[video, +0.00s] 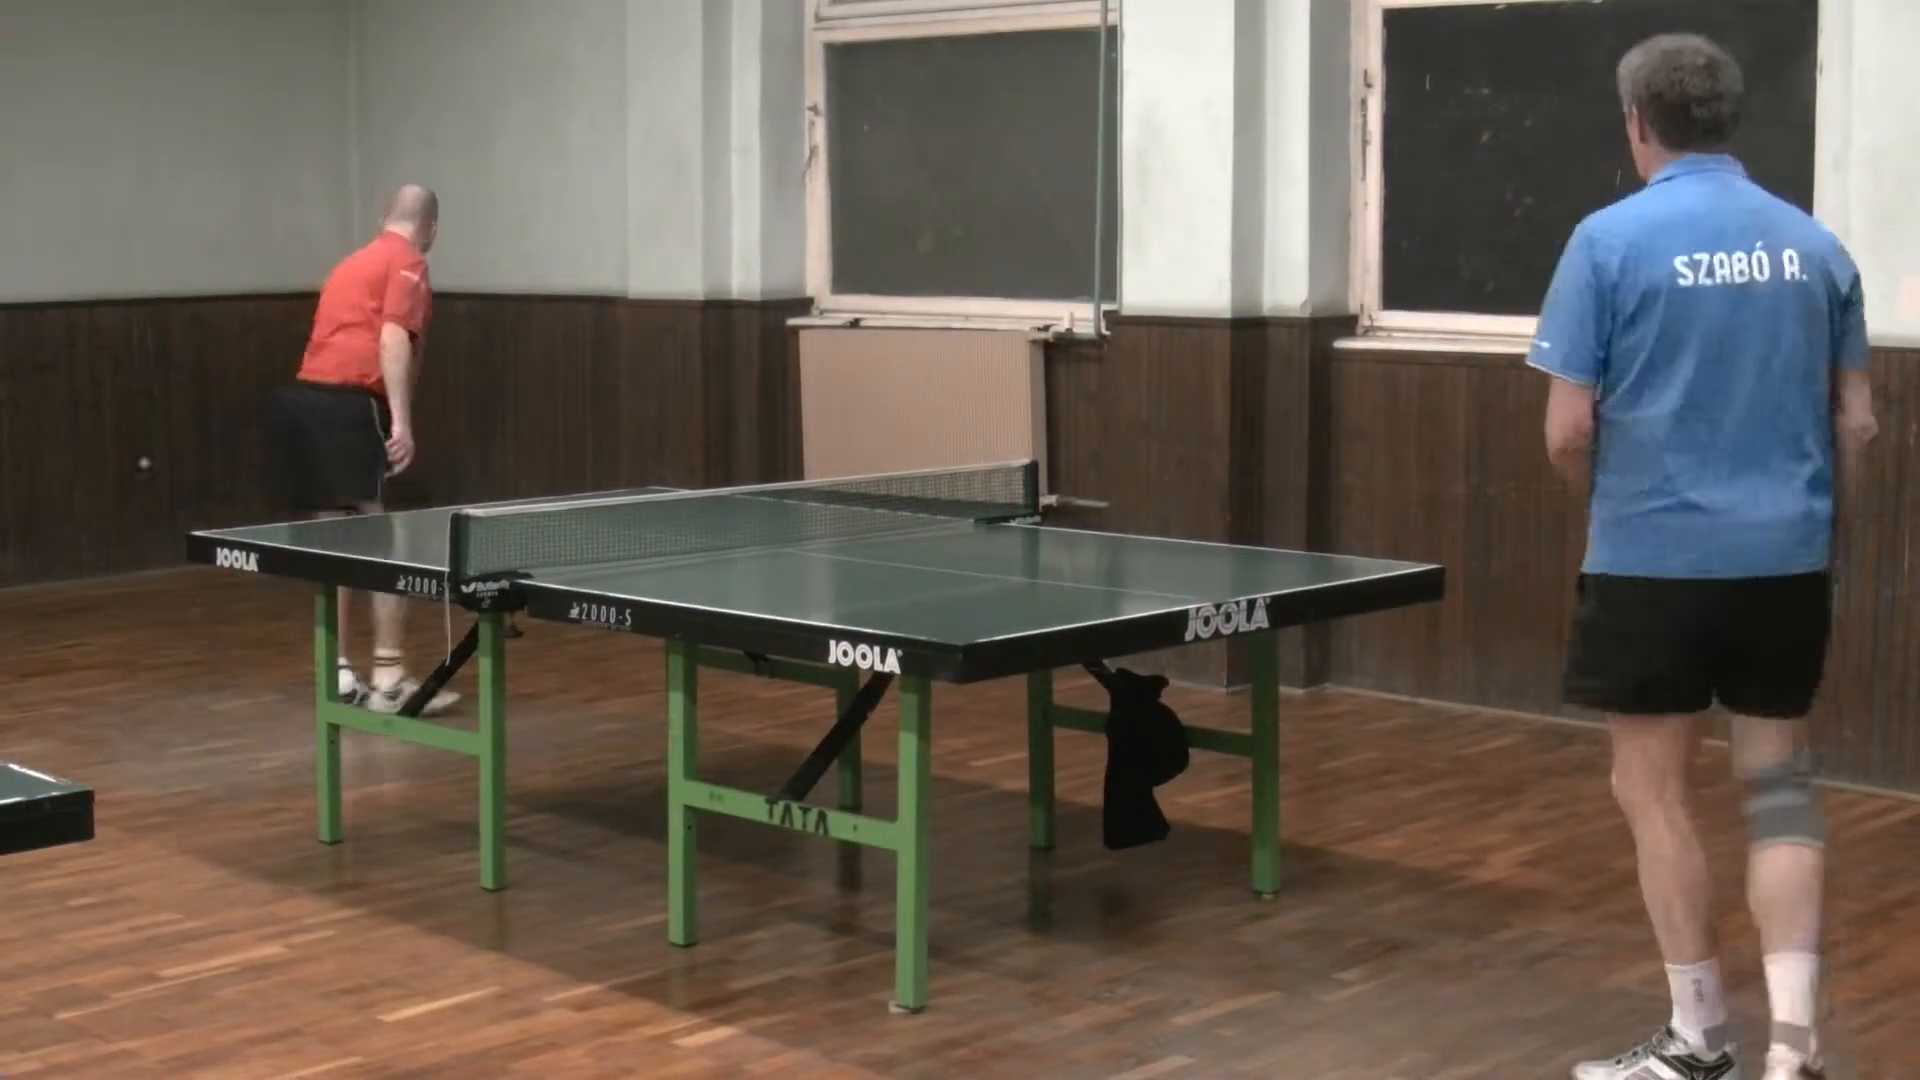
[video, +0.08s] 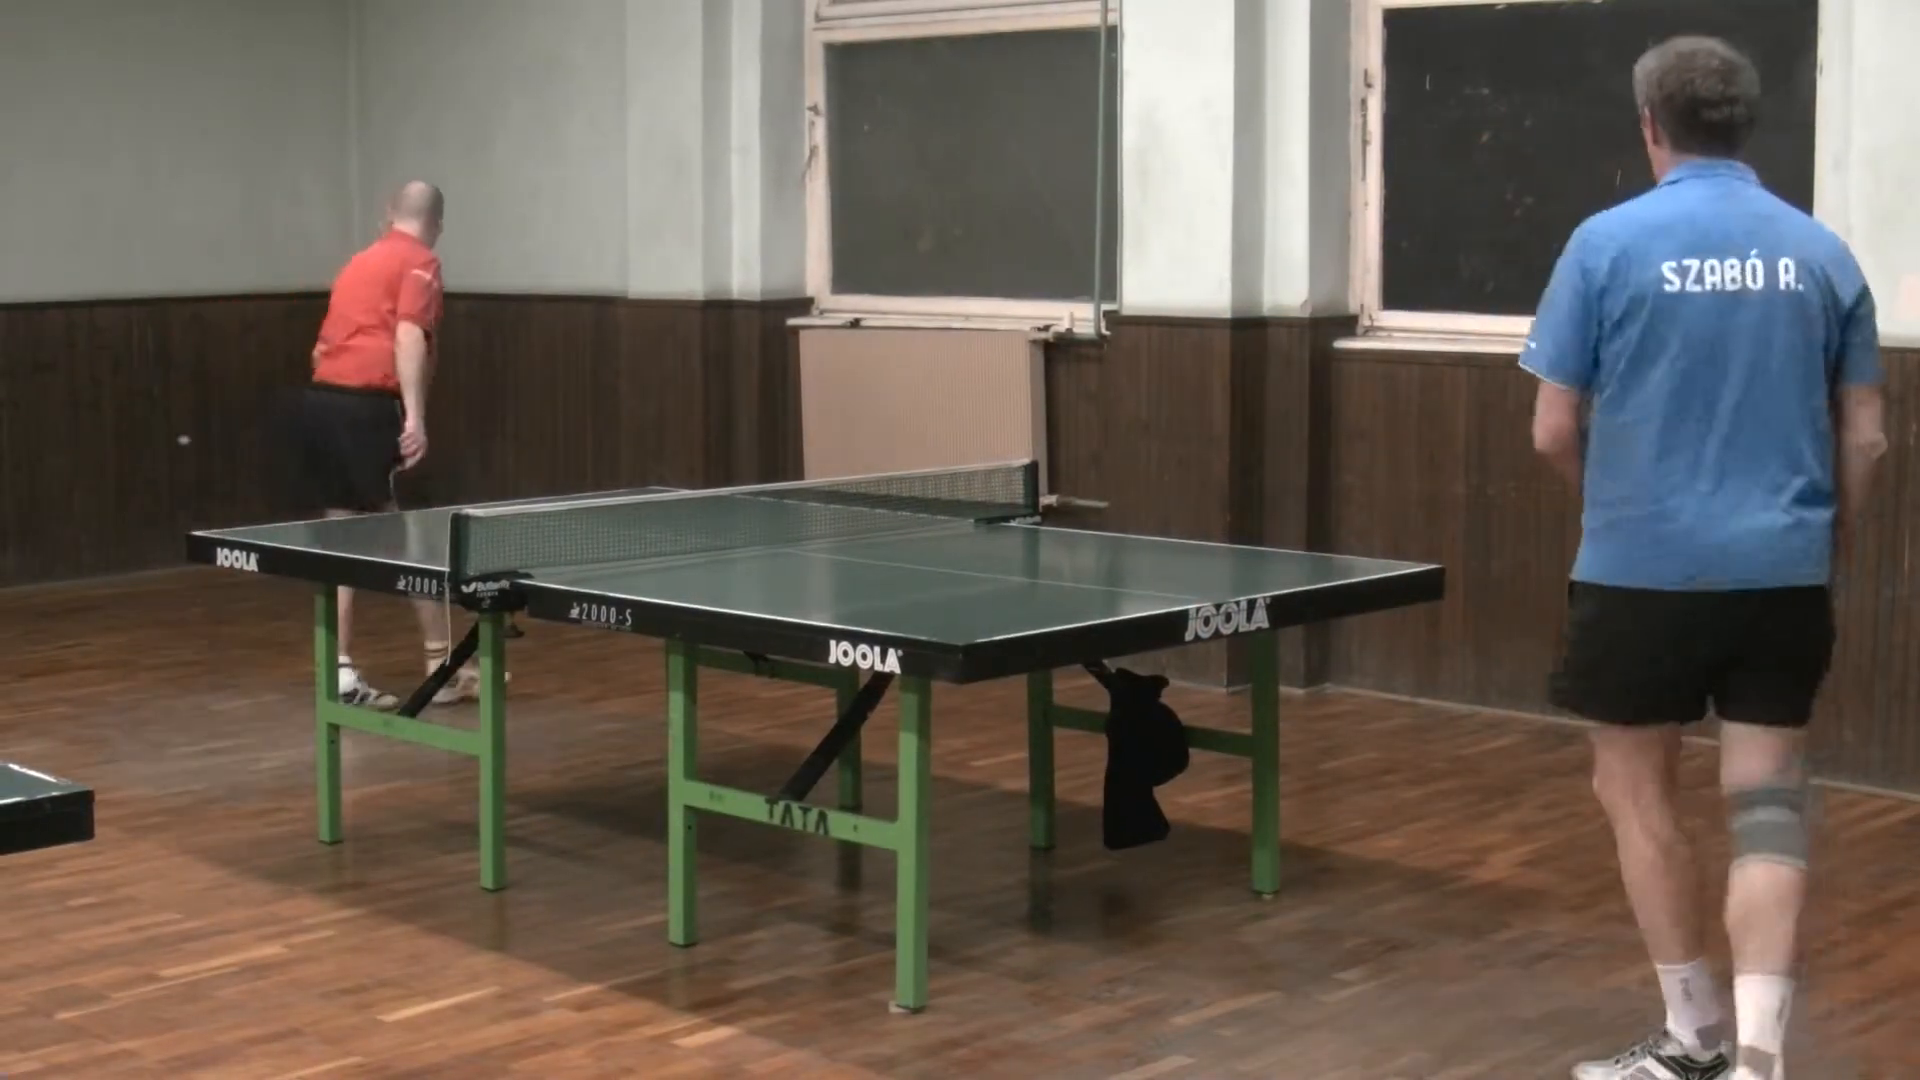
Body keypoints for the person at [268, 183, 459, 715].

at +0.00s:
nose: (431, 240)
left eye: (431, 232)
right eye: (434, 231)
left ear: (386, 221)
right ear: (429, 228)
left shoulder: (352, 262)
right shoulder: (407, 263)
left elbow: (336, 340)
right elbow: (394, 338)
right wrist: (401, 419)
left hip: (306, 401)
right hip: (350, 406)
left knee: (331, 539)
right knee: (383, 538)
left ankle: (337, 670)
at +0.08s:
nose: (439, 232)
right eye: (440, 225)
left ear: (390, 216)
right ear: (436, 224)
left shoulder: (360, 260)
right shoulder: (420, 261)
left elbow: (329, 345)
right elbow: (409, 335)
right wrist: (414, 415)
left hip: (324, 404)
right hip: (371, 405)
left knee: (339, 534)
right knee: (415, 534)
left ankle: (339, 668)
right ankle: (443, 663)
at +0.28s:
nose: (464, 230)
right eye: (470, 223)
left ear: (422, 215)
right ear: (468, 222)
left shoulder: (390, 261)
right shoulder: (459, 267)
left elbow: (348, 339)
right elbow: (459, 346)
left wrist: (365, 395)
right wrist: (480, 426)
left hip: (371, 412)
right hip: (429, 417)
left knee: (367, 530)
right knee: (454, 536)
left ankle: (346, 657)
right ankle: (467, 655)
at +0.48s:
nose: (508, 226)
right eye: (511, 220)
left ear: (463, 210)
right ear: (507, 219)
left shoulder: (419, 256)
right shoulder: (507, 270)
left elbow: (377, 324)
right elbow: (523, 355)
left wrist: (368, 394)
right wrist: (547, 431)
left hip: (408, 407)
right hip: (472, 410)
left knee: (429, 514)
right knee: (492, 521)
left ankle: (412, 607)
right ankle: (482, 652)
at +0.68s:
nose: (526, 232)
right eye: (530, 226)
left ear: (487, 217)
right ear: (528, 224)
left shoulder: (445, 263)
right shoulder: (536, 267)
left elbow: (403, 325)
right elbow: (564, 347)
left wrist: (379, 387)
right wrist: (591, 416)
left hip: (439, 406)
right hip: (498, 410)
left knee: (458, 519)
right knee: (518, 512)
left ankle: (472, 646)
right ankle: (492, 637)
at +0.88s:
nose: (566, 274)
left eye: (565, 269)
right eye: (568, 269)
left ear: (523, 254)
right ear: (561, 262)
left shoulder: (484, 286)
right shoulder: (563, 287)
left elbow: (434, 350)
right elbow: (590, 362)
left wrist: (407, 414)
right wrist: (619, 429)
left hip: (456, 403)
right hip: (510, 406)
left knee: (487, 511)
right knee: (535, 511)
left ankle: (486, 635)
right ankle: (535, 615)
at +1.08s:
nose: (606, 332)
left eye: (608, 325)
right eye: (607, 323)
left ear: (568, 291)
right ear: (596, 305)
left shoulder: (519, 301)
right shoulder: (588, 307)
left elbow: (452, 364)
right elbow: (616, 393)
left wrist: (424, 426)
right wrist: (645, 467)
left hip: (462, 387)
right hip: (506, 389)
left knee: (511, 514)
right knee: (500, 520)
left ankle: (523, 618)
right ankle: (465, 632)